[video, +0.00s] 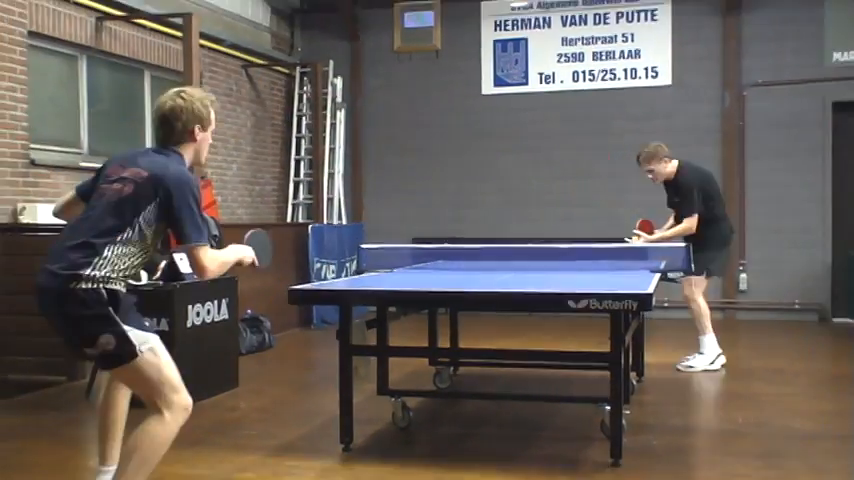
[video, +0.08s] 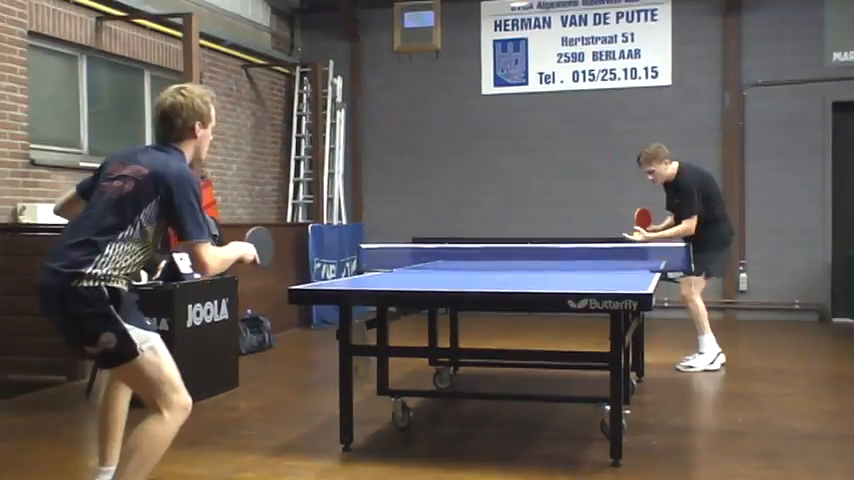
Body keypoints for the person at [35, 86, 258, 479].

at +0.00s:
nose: (212, 138)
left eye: (212, 130)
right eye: (211, 130)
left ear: (165, 128)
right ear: (197, 132)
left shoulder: (123, 160)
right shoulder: (177, 176)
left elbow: (66, 209)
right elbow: (207, 266)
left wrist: (125, 234)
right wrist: (238, 253)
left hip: (58, 285)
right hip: (94, 293)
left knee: (124, 369)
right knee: (175, 405)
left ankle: (107, 471)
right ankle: (124, 477)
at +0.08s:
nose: (212, 137)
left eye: (213, 128)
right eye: (212, 128)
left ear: (164, 125)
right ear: (198, 129)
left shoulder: (123, 157)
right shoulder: (178, 173)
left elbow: (68, 207)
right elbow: (207, 262)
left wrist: (126, 233)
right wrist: (239, 250)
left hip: (59, 283)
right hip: (96, 291)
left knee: (124, 368)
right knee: (175, 405)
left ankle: (106, 471)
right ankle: (124, 476)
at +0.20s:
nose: (213, 130)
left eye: (214, 122)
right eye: (213, 122)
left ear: (166, 120)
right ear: (199, 123)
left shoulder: (124, 155)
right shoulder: (180, 169)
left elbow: (69, 204)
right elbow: (211, 258)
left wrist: (131, 237)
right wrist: (242, 245)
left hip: (63, 281)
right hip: (99, 288)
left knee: (127, 369)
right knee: (174, 404)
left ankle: (105, 472)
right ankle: (122, 478)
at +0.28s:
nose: (214, 126)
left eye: (214, 118)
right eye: (213, 118)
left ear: (167, 116)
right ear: (200, 120)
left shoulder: (126, 152)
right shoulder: (182, 166)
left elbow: (72, 202)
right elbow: (215, 254)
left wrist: (132, 234)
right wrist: (245, 240)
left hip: (69, 278)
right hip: (103, 285)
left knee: (130, 370)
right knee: (174, 404)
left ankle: (106, 472)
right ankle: (122, 478)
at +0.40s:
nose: (215, 124)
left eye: (216, 116)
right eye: (215, 115)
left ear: (170, 113)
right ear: (202, 118)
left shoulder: (130, 151)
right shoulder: (187, 164)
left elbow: (77, 200)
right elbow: (227, 249)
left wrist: (139, 226)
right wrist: (256, 229)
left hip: (80, 279)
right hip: (115, 285)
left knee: (134, 372)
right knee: (177, 406)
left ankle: (105, 472)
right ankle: (124, 479)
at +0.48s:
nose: (220, 116)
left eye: (220, 108)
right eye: (219, 108)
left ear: (174, 108)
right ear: (206, 111)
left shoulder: (134, 147)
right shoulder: (193, 162)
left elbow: (80, 192)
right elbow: (240, 241)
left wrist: (126, 194)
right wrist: (269, 214)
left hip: (90, 276)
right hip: (126, 282)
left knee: (135, 373)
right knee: (173, 403)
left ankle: (103, 472)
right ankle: (123, 478)